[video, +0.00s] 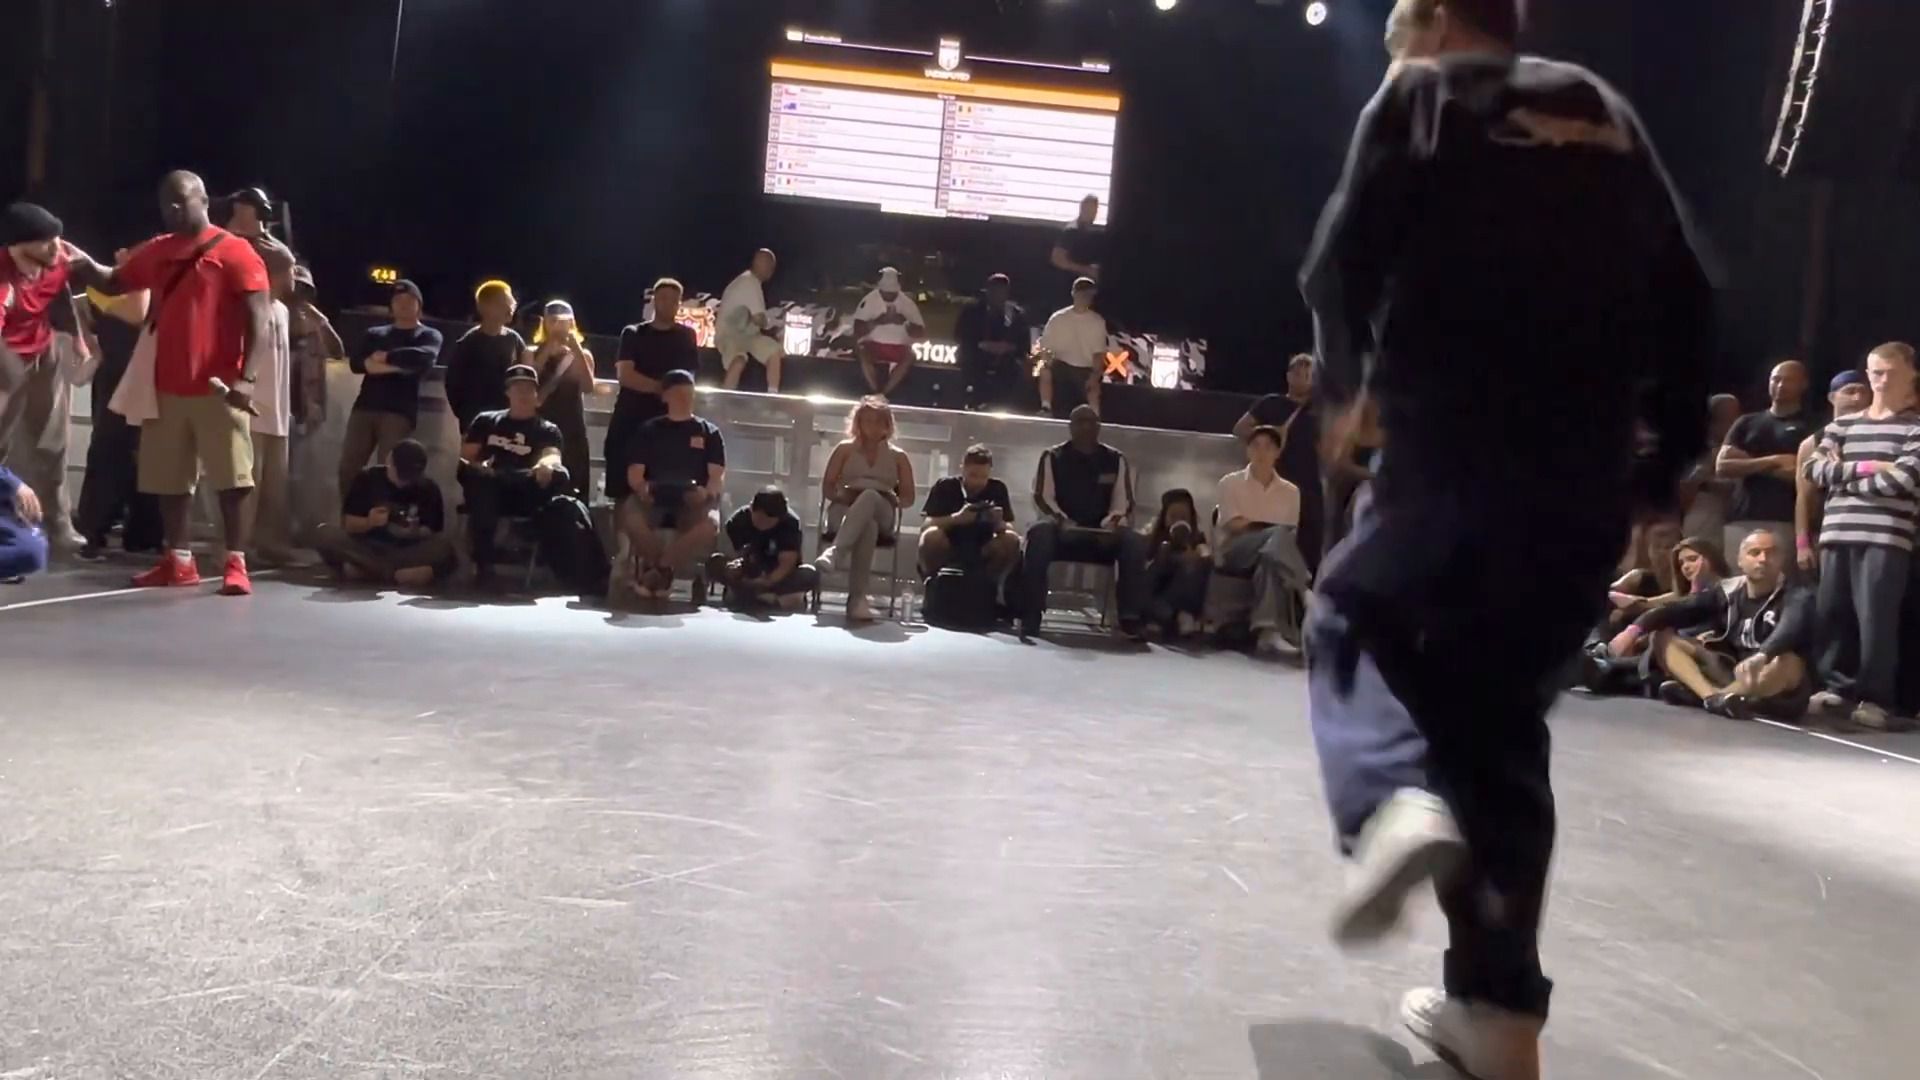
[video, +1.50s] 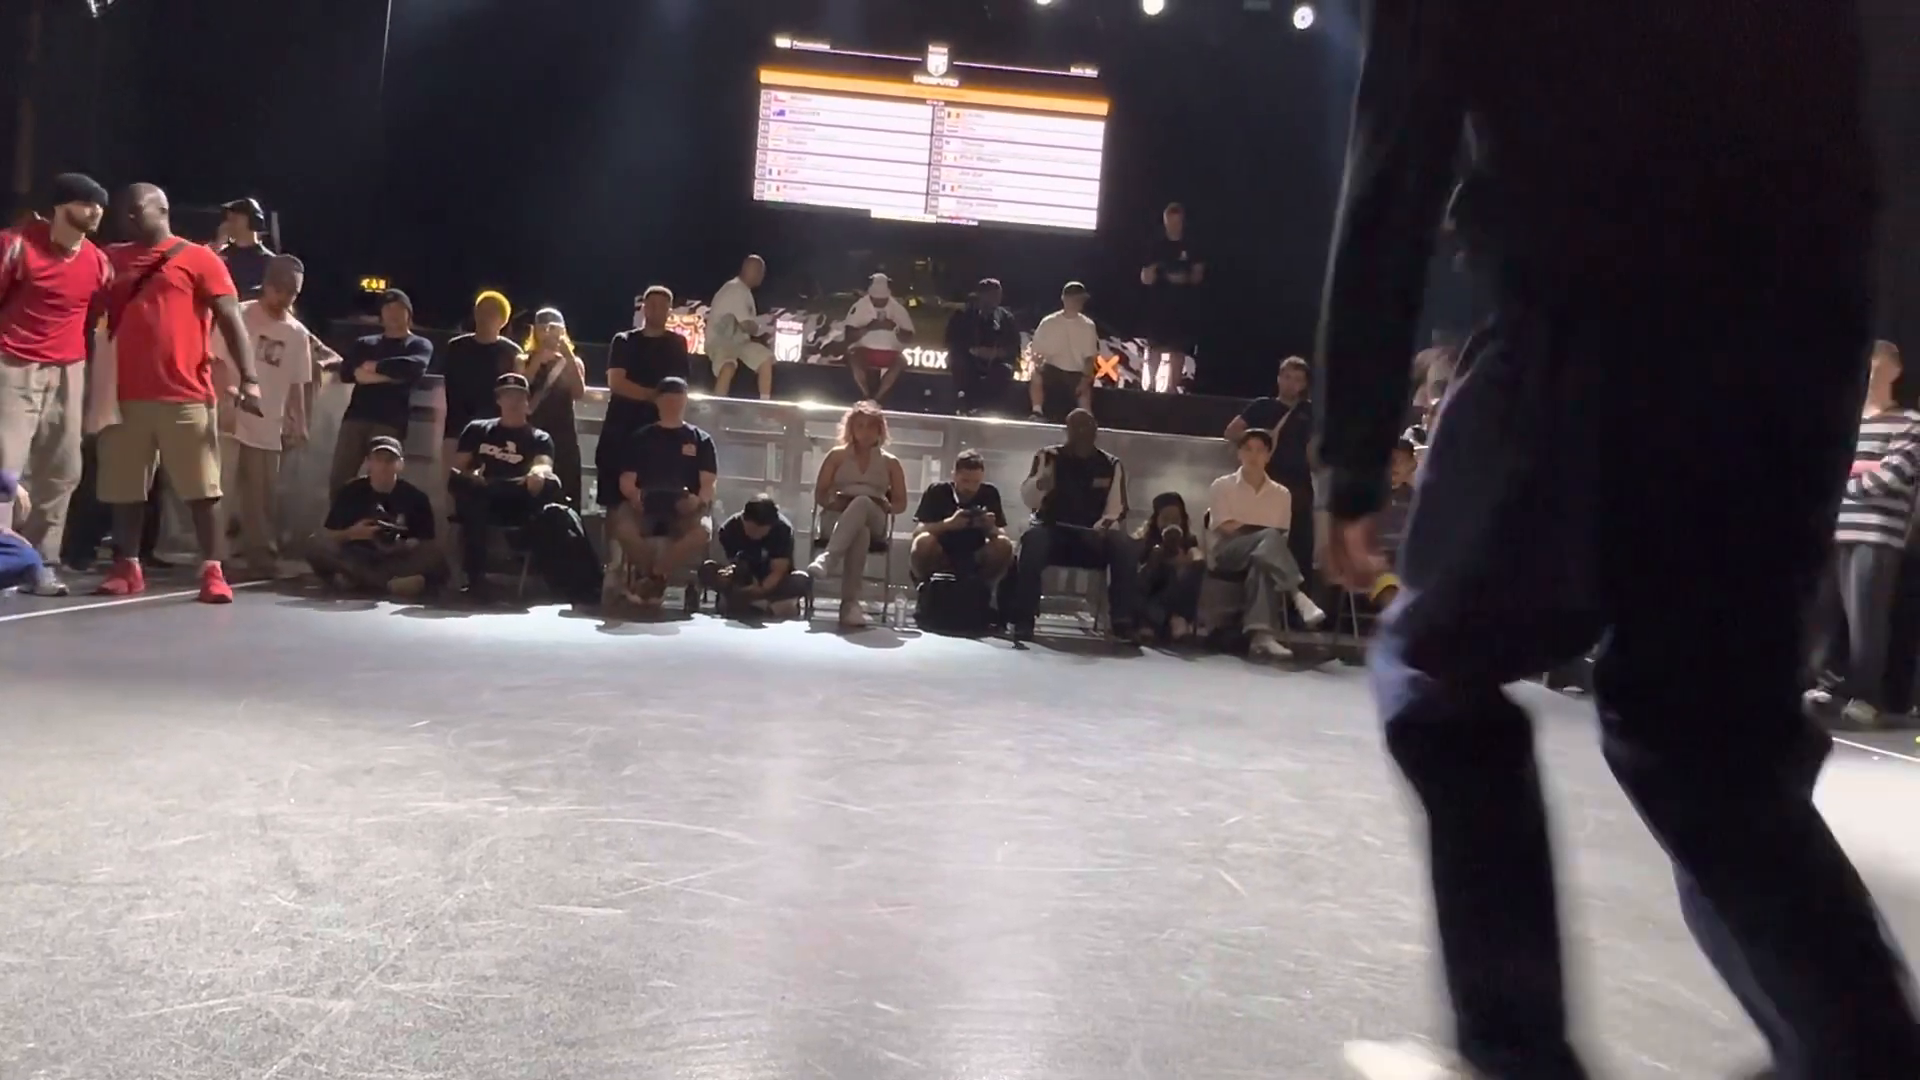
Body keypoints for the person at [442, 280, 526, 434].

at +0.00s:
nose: (511, 308)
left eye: (511, 302)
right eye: (505, 303)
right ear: (486, 308)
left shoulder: (514, 341)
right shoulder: (466, 344)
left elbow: (523, 378)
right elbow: (452, 382)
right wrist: (465, 416)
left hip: (507, 417)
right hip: (473, 418)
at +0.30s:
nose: (509, 312)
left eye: (512, 307)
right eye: (503, 306)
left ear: (515, 310)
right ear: (486, 307)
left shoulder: (518, 342)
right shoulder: (465, 343)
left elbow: (526, 379)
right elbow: (452, 380)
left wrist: (518, 410)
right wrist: (464, 415)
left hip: (509, 416)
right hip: (472, 416)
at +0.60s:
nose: (503, 310)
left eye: (507, 304)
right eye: (497, 303)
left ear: (512, 308)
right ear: (483, 305)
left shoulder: (519, 341)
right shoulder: (462, 341)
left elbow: (526, 380)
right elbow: (453, 378)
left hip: (506, 421)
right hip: (468, 419)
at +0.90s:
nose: (495, 311)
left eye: (500, 306)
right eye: (490, 305)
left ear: (510, 312)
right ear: (482, 309)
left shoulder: (520, 345)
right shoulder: (462, 343)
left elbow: (526, 385)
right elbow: (455, 381)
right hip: (468, 421)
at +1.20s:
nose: (490, 316)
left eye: (496, 311)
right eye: (486, 310)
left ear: (507, 317)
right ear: (480, 312)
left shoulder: (517, 349)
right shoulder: (460, 345)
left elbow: (522, 388)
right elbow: (451, 383)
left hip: (502, 427)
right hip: (464, 423)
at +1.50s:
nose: (484, 319)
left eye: (491, 314)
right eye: (481, 313)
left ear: (503, 320)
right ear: (475, 315)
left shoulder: (511, 352)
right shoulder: (455, 346)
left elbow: (514, 391)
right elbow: (445, 383)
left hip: (494, 426)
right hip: (457, 423)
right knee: (452, 487)